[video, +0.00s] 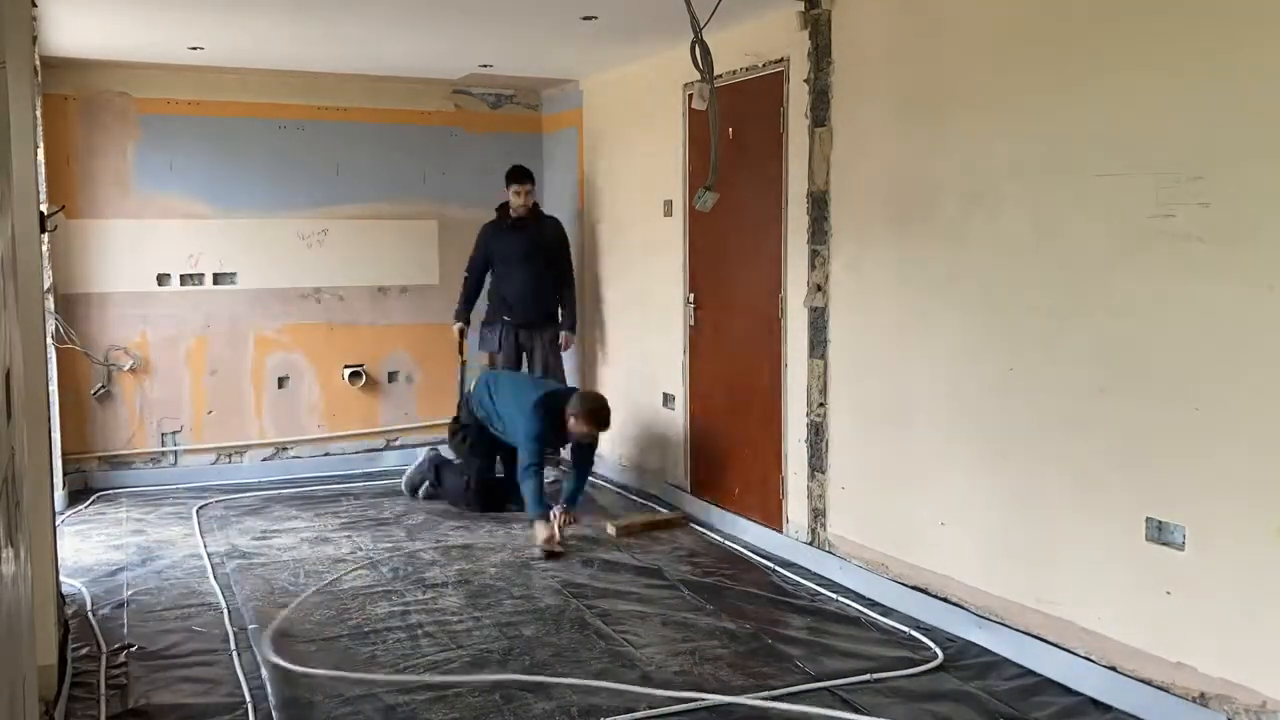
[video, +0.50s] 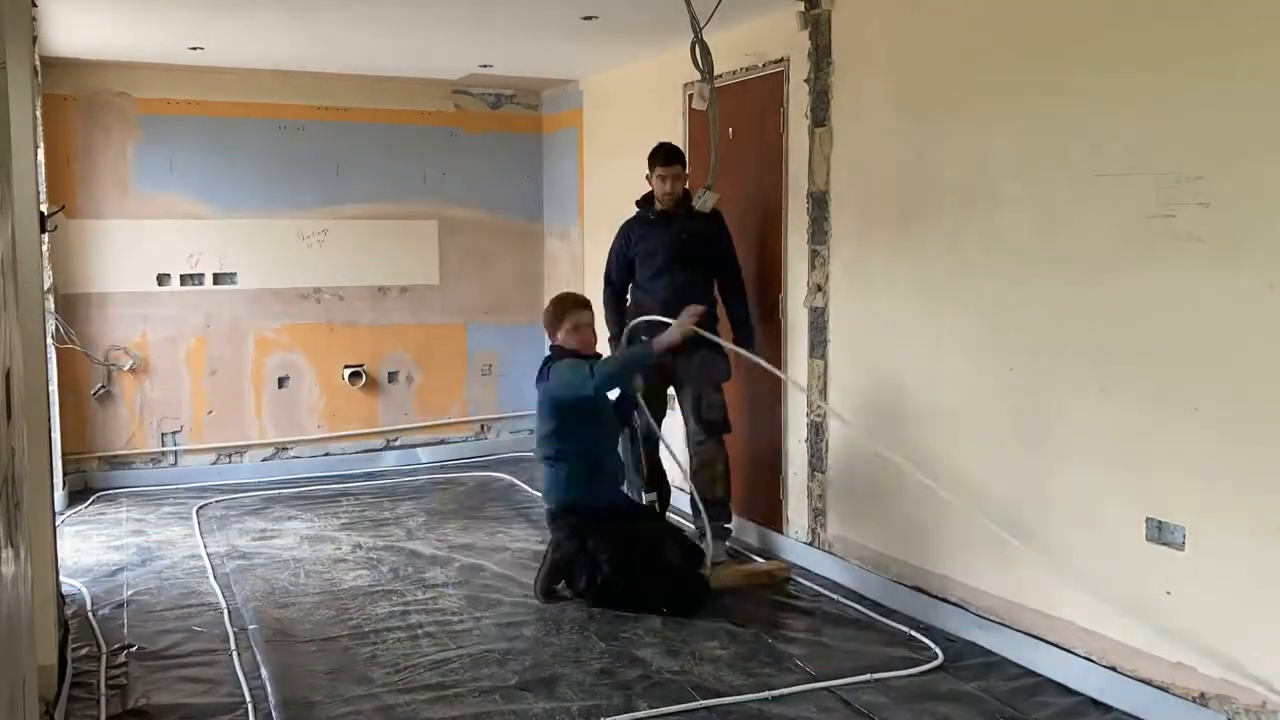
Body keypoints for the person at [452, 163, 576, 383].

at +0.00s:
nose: (523, 200)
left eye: (528, 193)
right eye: (517, 194)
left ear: (534, 191)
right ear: (507, 193)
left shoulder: (551, 228)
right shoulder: (491, 231)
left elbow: (566, 279)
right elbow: (474, 276)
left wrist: (568, 325)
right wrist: (462, 316)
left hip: (542, 325)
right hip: (503, 324)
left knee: (550, 396)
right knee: (502, 396)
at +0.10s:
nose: (525, 219)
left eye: (529, 213)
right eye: (519, 214)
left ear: (536, 204)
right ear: (507, 206)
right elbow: (478, 285)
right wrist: (494, 315)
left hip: (549, 325)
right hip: (510, 328)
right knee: (511, 402)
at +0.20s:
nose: (583, 210)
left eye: (589, 203)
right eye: (577, 204)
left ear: (597, 196)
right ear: (565, 195)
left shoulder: (611, 220)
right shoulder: (545, 227)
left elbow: (632, 267)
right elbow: (525, 273)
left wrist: (652, 310)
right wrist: (532, 314)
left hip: (603, 333)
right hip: (558, 334)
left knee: (603, 415)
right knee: (560, 413)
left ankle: (594, 488)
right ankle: (565, 487)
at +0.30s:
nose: (596, 204)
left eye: (602, 196)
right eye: (589, 198)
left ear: (612, 187)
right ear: (578, 191)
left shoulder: (635, 215)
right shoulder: (568, 231)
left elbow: (662, 264)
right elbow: (555, 282)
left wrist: (676, 311)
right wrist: (555, 330)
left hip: (636, 334)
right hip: (590, 336)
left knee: (635, 418)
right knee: (589, 417)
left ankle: (624, 505)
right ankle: (597, 498)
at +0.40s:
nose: (650, 204)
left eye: (656, 195)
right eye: (641, 196)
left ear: (666, 184)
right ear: (630, 189)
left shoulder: (696, 223)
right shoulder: (620, 231)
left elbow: (720, 275)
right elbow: (602, 282)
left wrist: (734, 327)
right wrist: (607, 330)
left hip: (690, 341)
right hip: (640, 344)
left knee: (689, 426)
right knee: (637, 430)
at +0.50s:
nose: (667, 186)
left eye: (674, 178)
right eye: (660, 178)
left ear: (687, 179)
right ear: (649, 181)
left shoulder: (709, 223)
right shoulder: (633, 230)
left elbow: (731, 281)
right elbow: (613, 288)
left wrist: (742, 335)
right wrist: (618, 341)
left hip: (699, 341)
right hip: (645, 344)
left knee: (706, 432)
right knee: (639, 430)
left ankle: (715, 526)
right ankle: (652, 503)